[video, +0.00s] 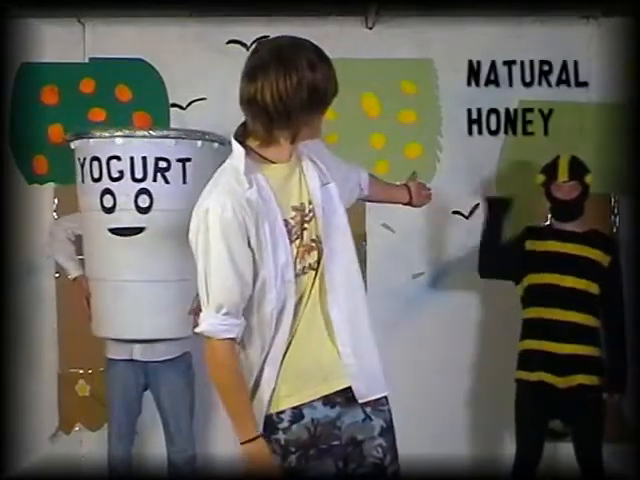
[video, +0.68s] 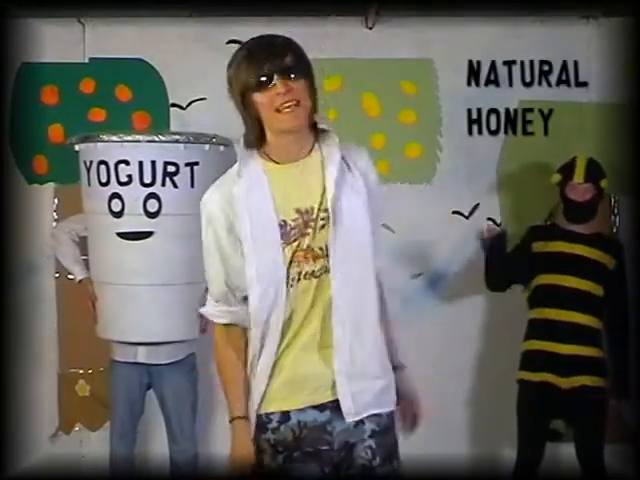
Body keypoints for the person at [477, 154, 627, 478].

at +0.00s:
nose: (565, 194)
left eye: (572, 186)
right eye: (557, 187)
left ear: (585, 190)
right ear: (546, 192)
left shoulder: (603, 246)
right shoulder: (529, 241)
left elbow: (614, 315)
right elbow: (488, 267)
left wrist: (617, 374)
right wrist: (493, 218)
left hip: (583, 369)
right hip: (535, 366)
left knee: (590, 459)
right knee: (526, 458)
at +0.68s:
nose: (579, 195)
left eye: (588, 188)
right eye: (572, 187)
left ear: (600, 193)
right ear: (561, 190)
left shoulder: (611, 249)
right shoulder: (537, 237)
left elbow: (618, 320)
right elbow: (498, 282)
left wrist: (622, 380)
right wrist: (494, 245)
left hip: (587, 368)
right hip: (538, 364)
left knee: (591, 460)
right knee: (527, 458)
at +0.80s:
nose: (577, 196)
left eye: (586, 188)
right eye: (570, 187)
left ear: (598, 193)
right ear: (559, 190)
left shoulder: (610, 249)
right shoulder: (536, 237)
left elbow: (618, 318)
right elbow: (511, 282)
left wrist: (621, 376)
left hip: (587, 365)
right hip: (538, 361)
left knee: (591, 458)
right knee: (528, 457)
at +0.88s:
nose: (574, 196)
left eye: (583, 189)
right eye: (568, 188)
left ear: (596, 194)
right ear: (557, 191)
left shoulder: (610, 249)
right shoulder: (536, 238)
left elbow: (617, 318)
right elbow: (514, 293)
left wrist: (621, 375)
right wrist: (497, 331)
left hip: (586, 365)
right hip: (537, 361)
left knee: (591, 458)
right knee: (528, 457)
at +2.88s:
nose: (551, 199)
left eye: (558, 190)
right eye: (550, 190)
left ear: (577, 192)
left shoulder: (615, 246)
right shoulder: (541, 242)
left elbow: (626, 312)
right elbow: (530, 306)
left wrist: (623, 372)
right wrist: (527, 360)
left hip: (600, 380)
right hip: (549, 378)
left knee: (601, 465)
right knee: (537, 463)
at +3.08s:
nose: (529, 198)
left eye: (537, 189)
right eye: (527, 190)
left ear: (557, 191)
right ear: (527, 193)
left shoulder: (594, 247)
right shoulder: (527, 244)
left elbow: (603, 317)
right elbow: (520, 309)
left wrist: (586, 373)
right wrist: (509, 361)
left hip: (583, 378)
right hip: (537, 378)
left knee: (592, 467)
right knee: (543, 466)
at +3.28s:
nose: (496, 201)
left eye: (502, 191)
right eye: (495, 192)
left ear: (523, 193)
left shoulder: (558, 246)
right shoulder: (510, 248)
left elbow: (573, 319)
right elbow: (499, 317)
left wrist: (567, 381)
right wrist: (481, 372)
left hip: (549, 382)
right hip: (516, 380)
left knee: (549, 468)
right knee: (539, 467)